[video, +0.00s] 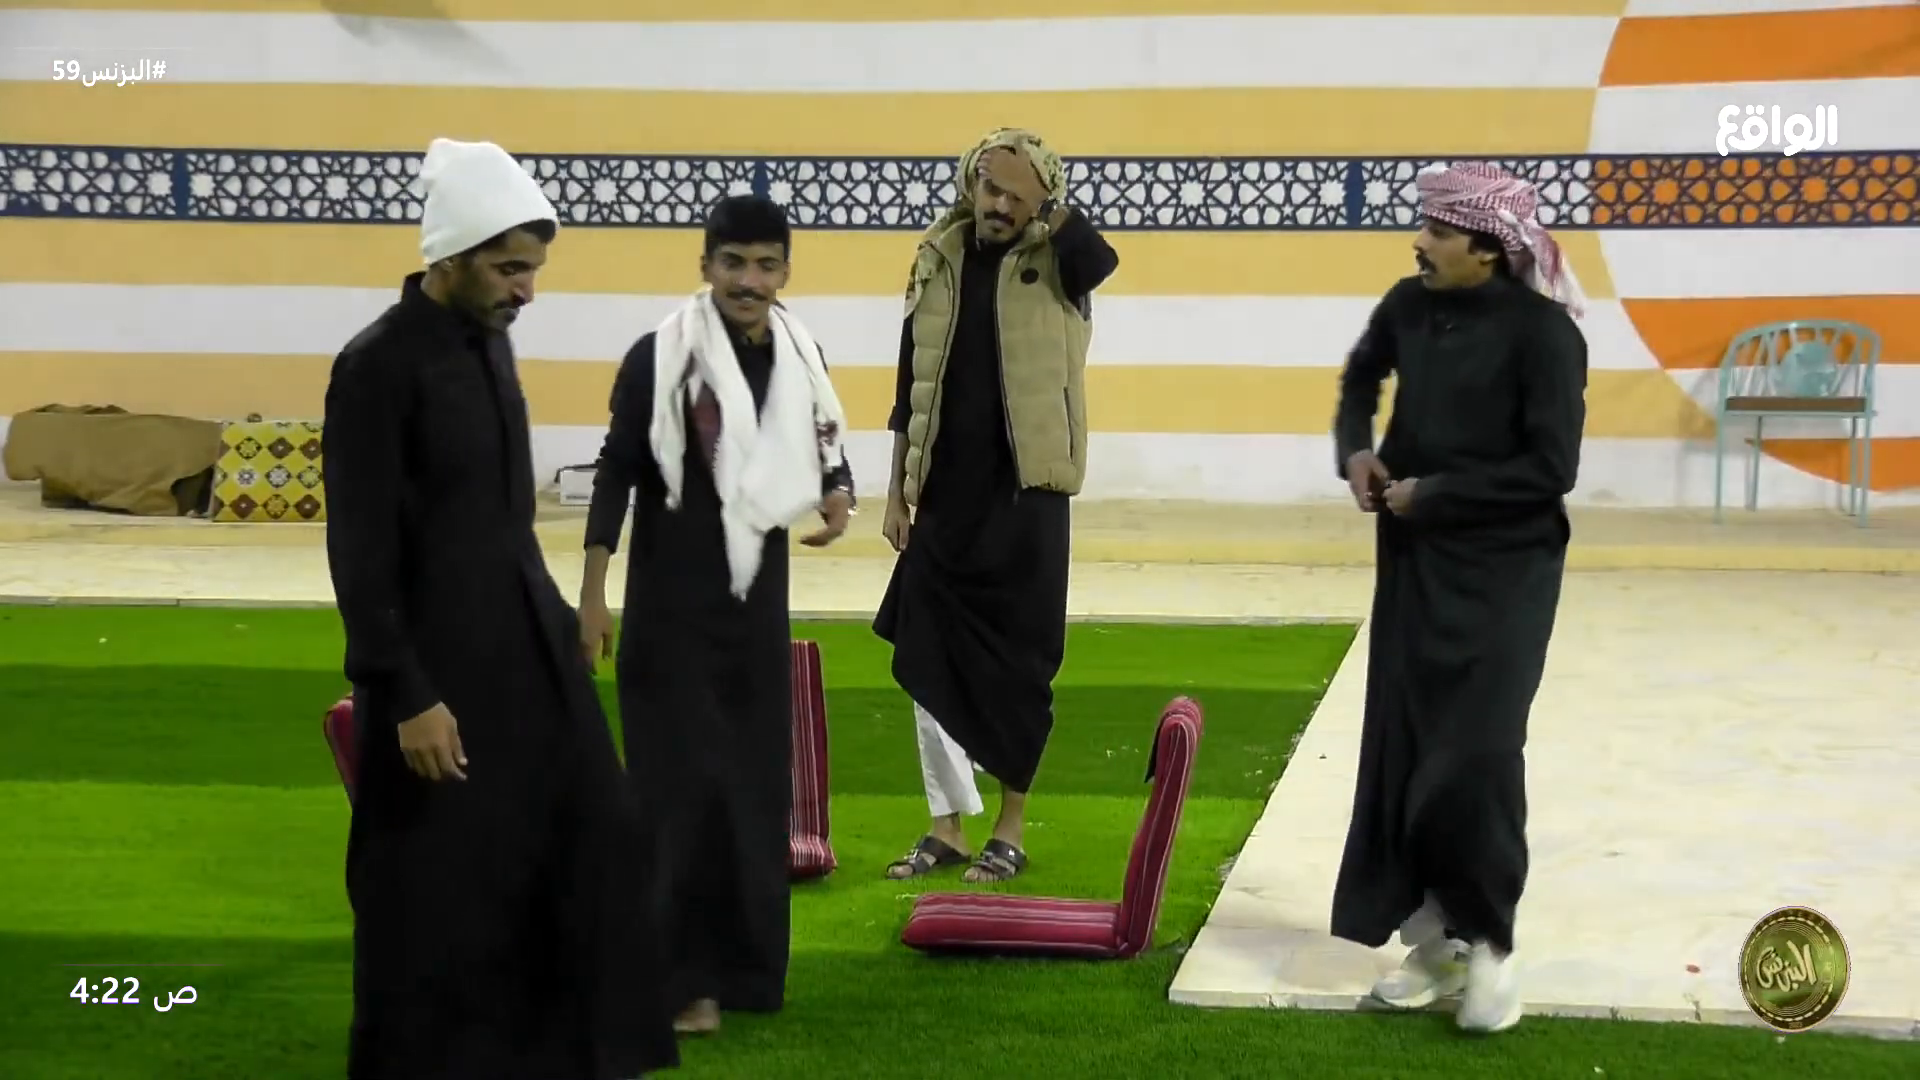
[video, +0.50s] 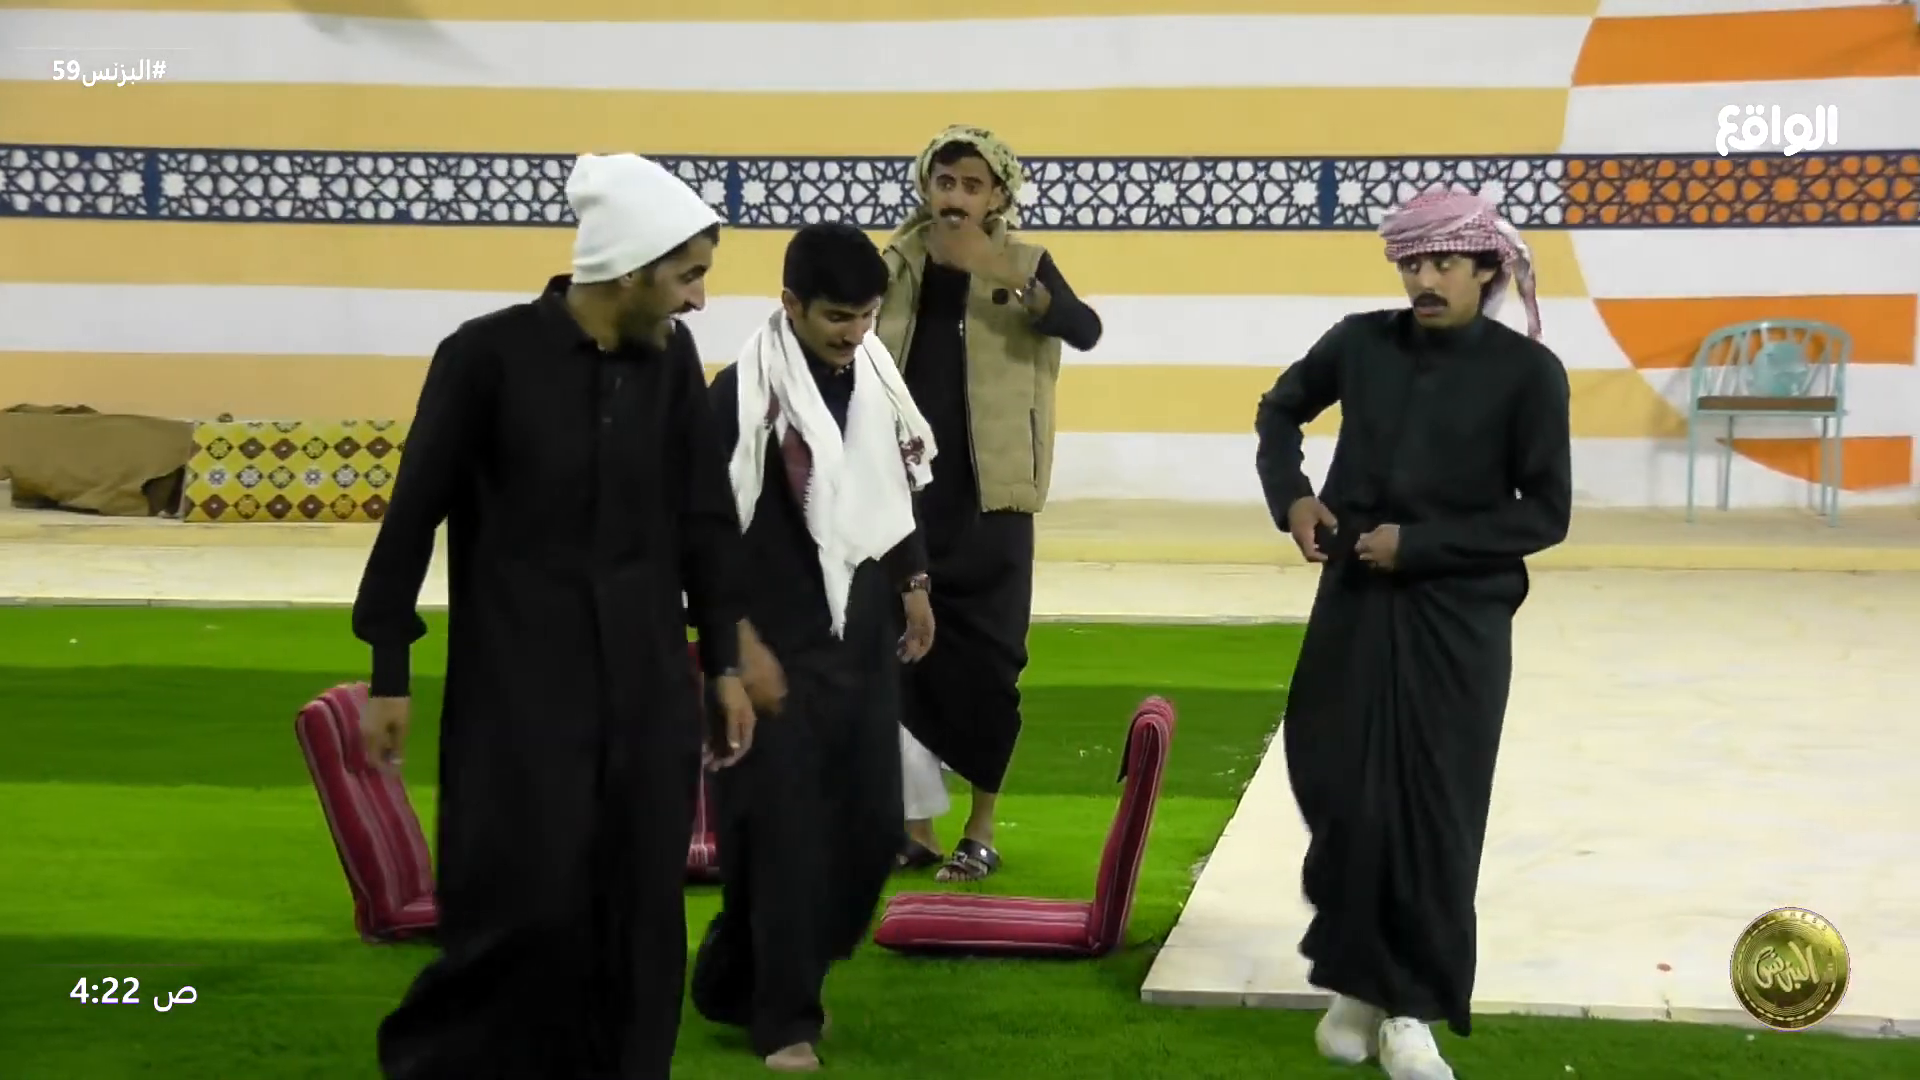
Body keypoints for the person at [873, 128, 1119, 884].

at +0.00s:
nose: (999, 209)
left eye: (1015, 200)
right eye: (991, 193)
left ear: (1044, 202)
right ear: (972, 186)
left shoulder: (1058, 257)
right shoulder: (938, 255)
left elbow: (1093, 264)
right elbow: (911, 376)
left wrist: (1054, 206)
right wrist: (896, 482)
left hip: (1027, 493)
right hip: (943, 489)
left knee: (1020, 658)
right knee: (927, 656)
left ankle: (1007, 833)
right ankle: (947, 830)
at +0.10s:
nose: (992, 222)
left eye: (1007, 211)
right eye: (982, 208)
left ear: (1040, 205)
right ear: (965, 194)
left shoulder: (1055, 258)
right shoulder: (935, 257)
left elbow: (1095, 270)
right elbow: (909, 378)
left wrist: (1048, 215)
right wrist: (894, 482)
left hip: (1023, 497)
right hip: (939, 494)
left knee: (1017, 663)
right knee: (923, 659)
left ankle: (1005, 832)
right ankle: (946, 831)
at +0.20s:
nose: (982, 212)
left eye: (998, 199)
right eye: (973, 198)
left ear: (1033, 195)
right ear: (960, 193)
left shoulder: (1054, 258)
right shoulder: (933, 261)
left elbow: (1104, 274)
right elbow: (909, 382)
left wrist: (1040, 222)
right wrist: (893, 483)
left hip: (1021, 496)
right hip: (936, 493)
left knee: (1016, 662)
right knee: (923, 658)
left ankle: (1004, 833)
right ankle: (943, 833)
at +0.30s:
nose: (980, 196)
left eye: (997, 186)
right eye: (969, 183)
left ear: (1023, 196)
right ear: (950, 188)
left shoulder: (1046, 259)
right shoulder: (923, 263)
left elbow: (1114, 298)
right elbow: (902, 373)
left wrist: (1026, 254)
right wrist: (894, 467)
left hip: (1016, 498)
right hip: (929, 493)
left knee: (1011, 664)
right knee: (916, 657)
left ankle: (999, 832)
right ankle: (937, 831)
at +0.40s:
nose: (971, 195)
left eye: (987, 184)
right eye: (959, 181)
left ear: (1013, 195)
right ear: (939, 189)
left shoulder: (1042, 264)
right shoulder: (915, 265)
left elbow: (1108, 320)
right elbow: (889, 369)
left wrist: (1012, 277)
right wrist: (872, 463)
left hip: (1008, 501)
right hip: (920, 496)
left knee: (1002, 667)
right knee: (909, 660)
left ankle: (991, 833)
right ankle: (930, 830)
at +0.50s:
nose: (957, 195)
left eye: (973, 184)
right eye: (945, 181)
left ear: (1000, 195)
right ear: (924, 189)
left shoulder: (1029, 264)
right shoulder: (891, 263)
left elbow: (1086, 332)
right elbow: (845, 354)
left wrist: (1007, 270)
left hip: (994, 497)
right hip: (900, 491)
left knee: (991, 662)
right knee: (900, 658)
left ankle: (979, 829)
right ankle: (913, 825)